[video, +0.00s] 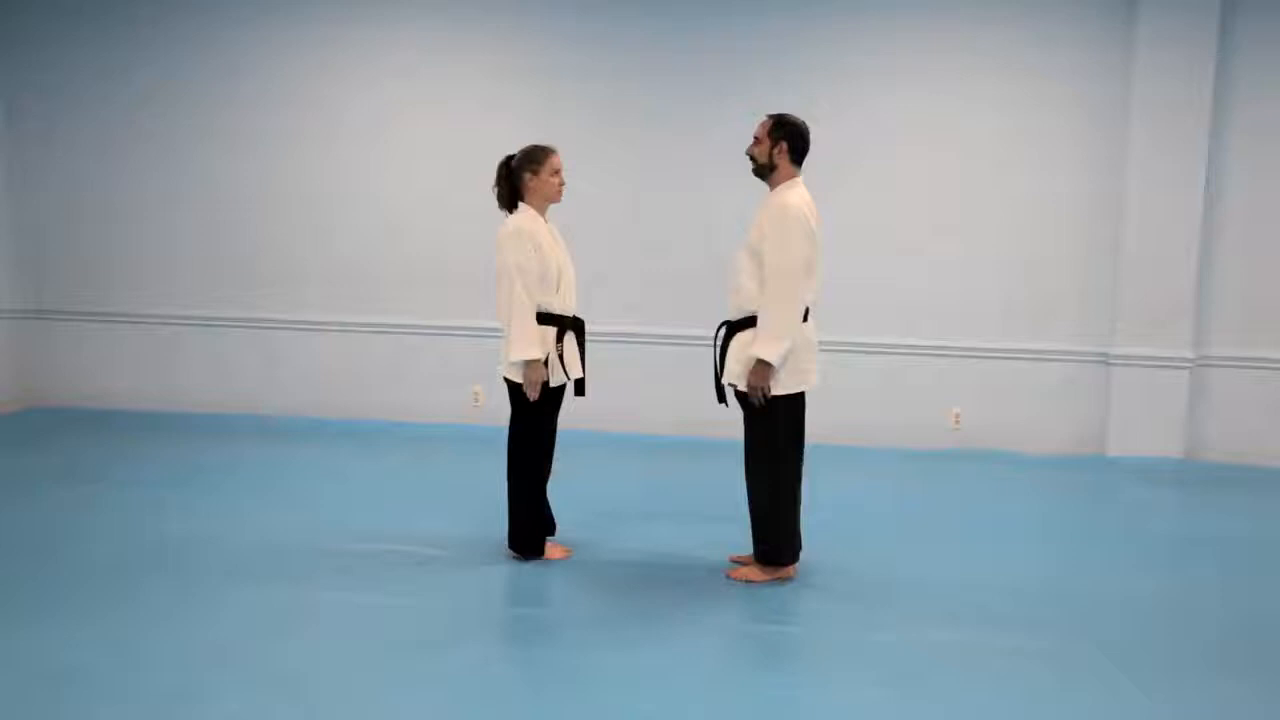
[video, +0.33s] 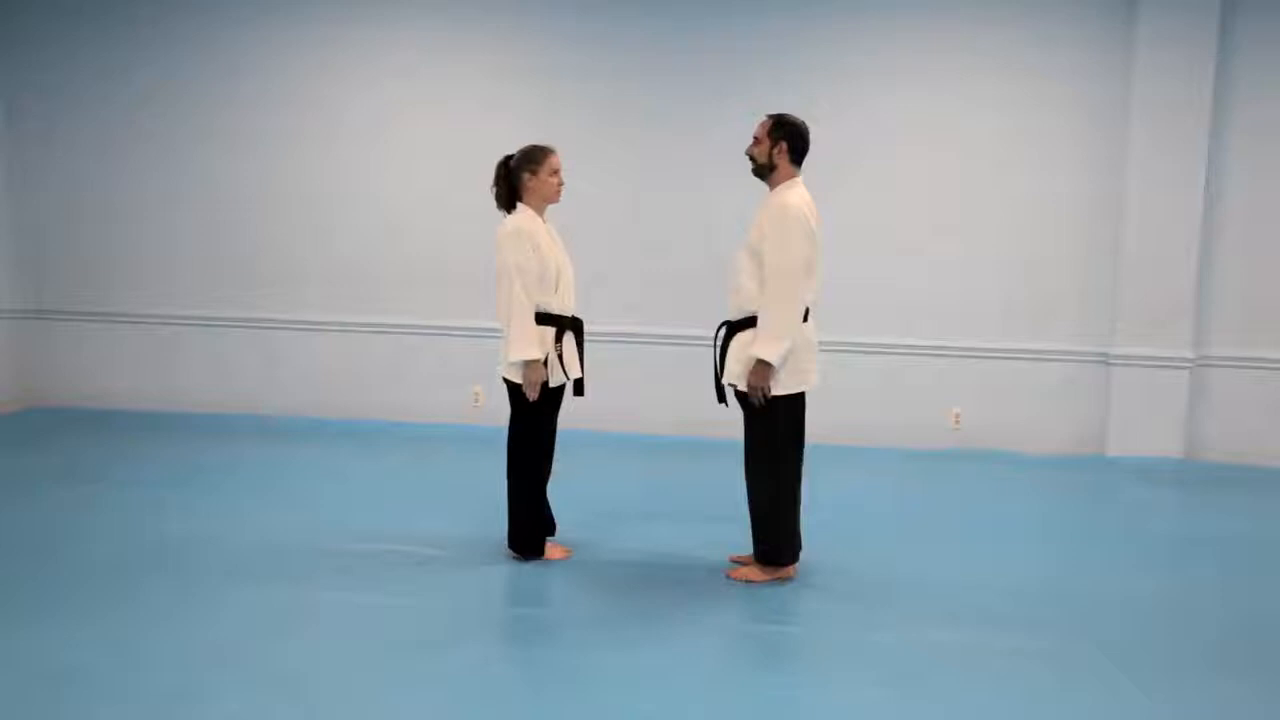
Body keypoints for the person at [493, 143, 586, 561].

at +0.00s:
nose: (562, 181)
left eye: (561, 173)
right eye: (555, 174)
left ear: (541, 180)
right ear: (530, 179)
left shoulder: (544, 227)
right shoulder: (518, 229)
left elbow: (551, 295)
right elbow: (518, 298)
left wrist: (562, 354)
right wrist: (530, 358)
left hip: (553, 351)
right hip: (535, 354)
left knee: (539, 451)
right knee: (529, 453)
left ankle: (534, 534)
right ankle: (526, 541)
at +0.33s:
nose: (561, 181)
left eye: (560, 173)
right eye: (554, 174)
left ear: (540, 180)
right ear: (529, 179)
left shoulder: (542, 227)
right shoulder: (517, 229)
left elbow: (549, 296)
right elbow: (518, 298)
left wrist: (560, 355)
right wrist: (530, 359)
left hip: (552, 352)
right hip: (534, 355)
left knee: (539, 452)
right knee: (529, 454)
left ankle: (534, 533)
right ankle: (526, 541)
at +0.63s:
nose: (561, 181)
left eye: (560, 173)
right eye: (553, 174)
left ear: (540, 180)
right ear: (529, 179)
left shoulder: (542, 227)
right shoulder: (517, 229)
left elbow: (549, 295)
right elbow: (518, 298)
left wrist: (559, 354)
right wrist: (530, 359)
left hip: (553, 350)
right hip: (534, 353)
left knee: (540, 451)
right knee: (529, 453)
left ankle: (535, 534)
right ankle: (527, 541)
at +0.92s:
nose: (565, 183)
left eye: (565, 176)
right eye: (558, 176)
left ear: (546, 182)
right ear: (532, 180)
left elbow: (569, 289)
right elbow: (523, 293)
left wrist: (599, 322)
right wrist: (560, 338)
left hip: (547, 352)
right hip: (524, 354)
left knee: (549, 445)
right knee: (549, 445)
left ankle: (546, 537)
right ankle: (531, 539)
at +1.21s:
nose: (561, 185)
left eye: (561, 177)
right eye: (554, 177)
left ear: (537, 182)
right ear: (528, 181)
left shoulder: (536, 227)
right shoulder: (520, 228)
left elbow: (565, 280)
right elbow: (551, 286)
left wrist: (603, 318)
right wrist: (598, 324)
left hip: (543, 351)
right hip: (527, 352)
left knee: (533, 454)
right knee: (522, 458)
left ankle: (527, 542)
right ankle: (513, 560)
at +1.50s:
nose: (552, 183)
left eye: (552, 175)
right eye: (545, 175)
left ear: (524, 182)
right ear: (518, 180)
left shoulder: (527, 226)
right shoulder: (512, 228)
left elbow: (558, 280)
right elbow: (546, 285)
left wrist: (594, 319)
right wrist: (593, 322)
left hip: (541, 352)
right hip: (526, 354)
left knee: (536, 452)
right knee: (522, 457)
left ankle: (529, 537)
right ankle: (513, 561)